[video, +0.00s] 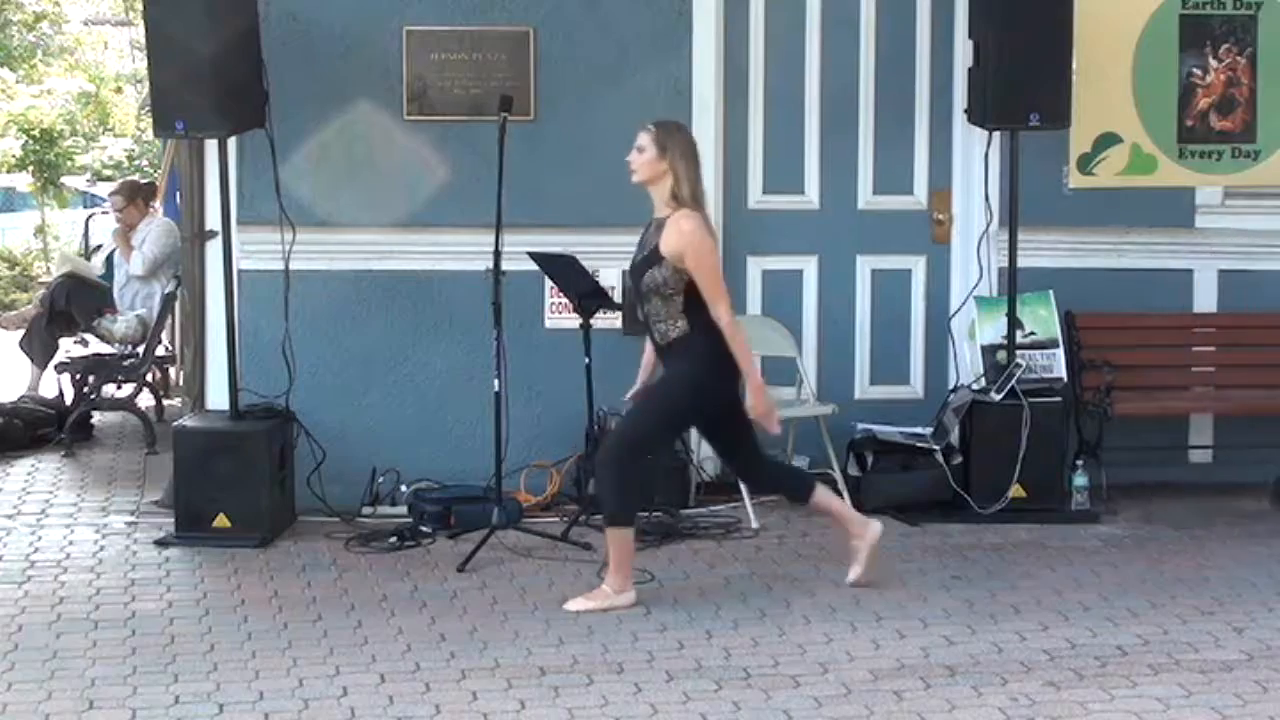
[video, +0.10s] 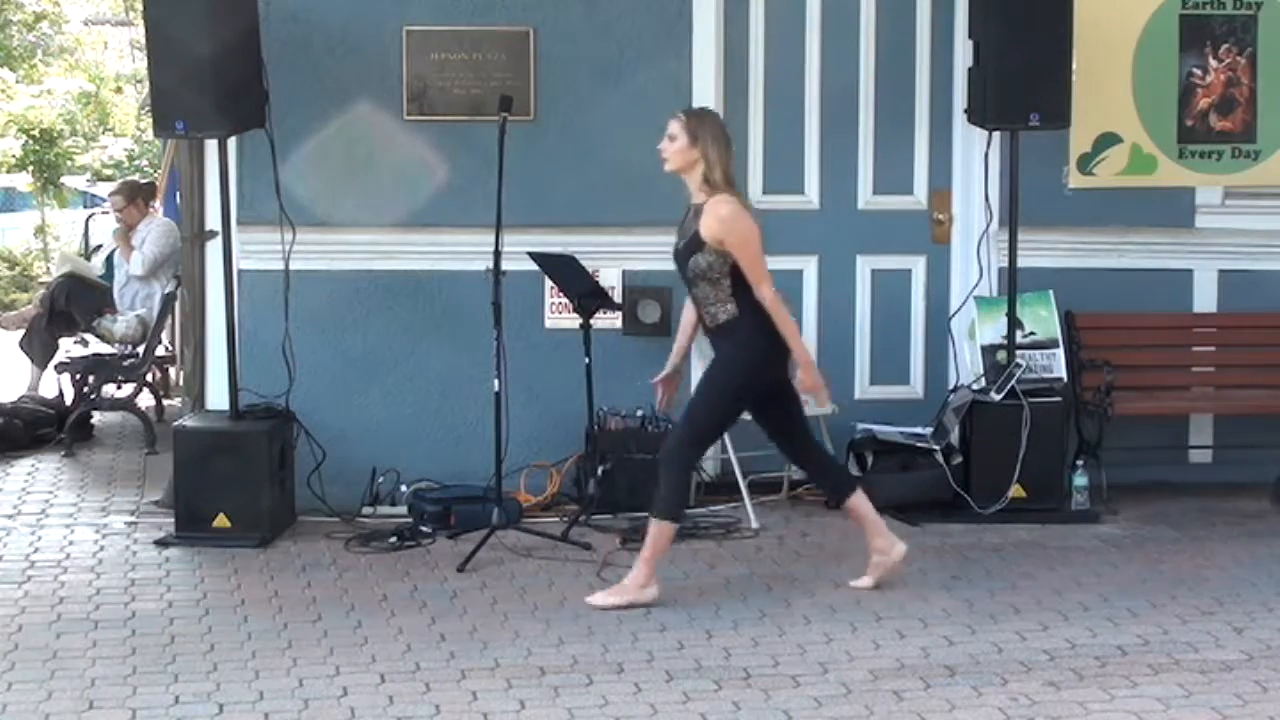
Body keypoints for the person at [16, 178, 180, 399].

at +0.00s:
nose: (117, 218)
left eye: (120, 211)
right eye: (114, 212)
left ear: (140, 205)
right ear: (136, 206)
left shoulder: (164, 228)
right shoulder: (128, 234)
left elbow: (142, 267)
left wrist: (122, 243)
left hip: (139, 319)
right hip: (118, 313)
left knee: (69, 285)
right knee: (46, 320)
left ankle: (35, 310)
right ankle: (32, 390)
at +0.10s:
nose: (117, 218)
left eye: (120, 211)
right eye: (114, 212)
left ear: (140, 205)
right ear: (136, 206)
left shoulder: (164, 229)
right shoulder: (128, 234)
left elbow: (142, 267)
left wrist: (123, 244)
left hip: (140, 317)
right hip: (119, 311)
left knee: (68, 284)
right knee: (45, 320)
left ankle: (34, 310)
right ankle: (32, 389)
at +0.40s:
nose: (117, 218)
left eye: (119, 211)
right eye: (114, 213)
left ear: (140, 205)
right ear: (136, 206)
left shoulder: (164, 229)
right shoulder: (128, 234)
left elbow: (142, 267)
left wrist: (123, 243)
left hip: (140, 318)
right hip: (118, 311)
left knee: (68, 284)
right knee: (45, 320)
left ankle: (34, 310)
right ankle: (32, 390)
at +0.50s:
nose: (117, 218)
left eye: (119, 211)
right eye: (114, 213)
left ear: (140, 205)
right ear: (136, 206)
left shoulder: (164, 229)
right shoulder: (127, 234)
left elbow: (142, 267)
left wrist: (123, 243)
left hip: (140, 318)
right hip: (118, 311)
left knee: (68, 284)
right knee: (45, 320)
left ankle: (34, 310)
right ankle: (32, 390)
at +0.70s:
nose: (117, 218)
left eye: (119, 212)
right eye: (114, 213)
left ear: (140, 205)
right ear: (136, 206)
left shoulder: (164, 229)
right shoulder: (127, 234)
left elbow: (141, 267)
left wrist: (123, 242)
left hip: (140, 319)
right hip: (119, 312)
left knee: (69, 285)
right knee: (45, 320)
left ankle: (34, 310)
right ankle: (32, 389)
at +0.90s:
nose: (117, 218)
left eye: (119, 212)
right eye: (114, 213)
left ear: (139, 205)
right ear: (136, 206)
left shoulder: (164, 229)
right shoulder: (127, 234)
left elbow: (141, 267)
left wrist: (123, 242)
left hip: (140, 318)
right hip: (119, 312)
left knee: (69, 285)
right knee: (45, 319)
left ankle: (34, 310)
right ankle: (32, 390)